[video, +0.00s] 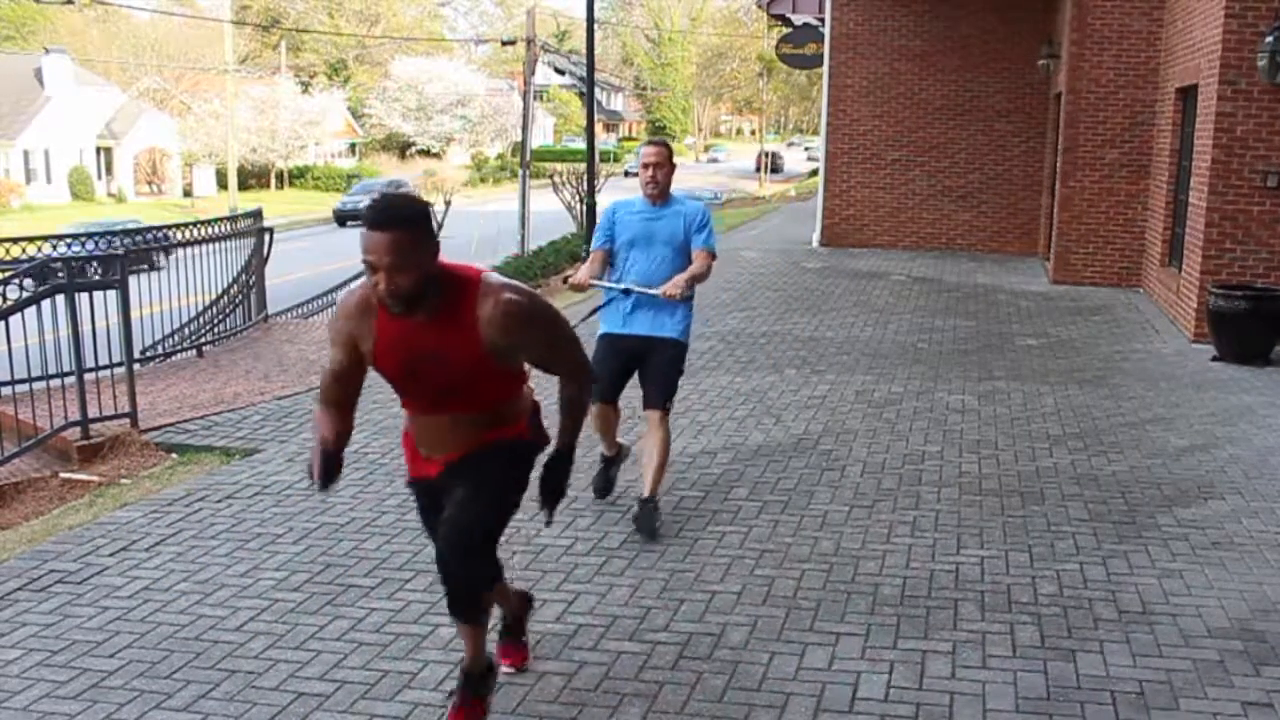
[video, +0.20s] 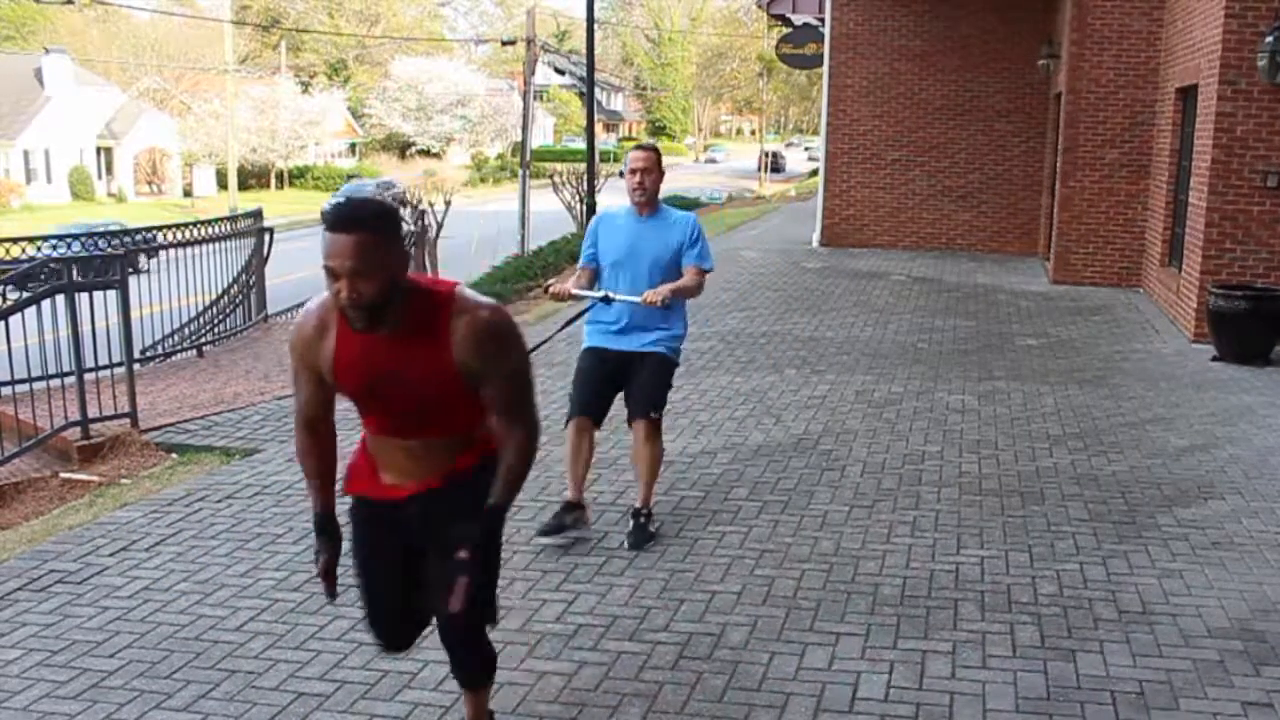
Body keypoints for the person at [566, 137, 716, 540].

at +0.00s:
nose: (652, 174)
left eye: (659, 167)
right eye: (646, 167)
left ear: (673, 170)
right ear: (637, 170)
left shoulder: (693, 213)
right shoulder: (615, 213)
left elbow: (704, 262)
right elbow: (597, 258)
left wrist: (684, 278)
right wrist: (587, 272)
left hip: (666, 328)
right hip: (618, 324)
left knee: (656, 412)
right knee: (600, 398)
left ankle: (648, 501)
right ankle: (611, 453)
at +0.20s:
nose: (639, 180)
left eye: (647, 172)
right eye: (632, 172)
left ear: (662, 176)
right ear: (623, 177)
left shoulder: (685, 225)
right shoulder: (602, 223)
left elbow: (695, 281)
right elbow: (585, 275)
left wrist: (669, 289)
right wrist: (570, 285)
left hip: (656, 340)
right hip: (603, 336)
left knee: (645, 420)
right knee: (581, 416)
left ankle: (643, 509)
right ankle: (574, 504)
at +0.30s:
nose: (625, 181)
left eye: (633, 173)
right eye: (619, 173)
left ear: (649, 176)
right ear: (610, 178)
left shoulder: (674, 225)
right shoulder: (589, 226)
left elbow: (689, 284)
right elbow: (577, 279)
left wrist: (666, 292)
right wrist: (563, 288)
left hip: (647, 348)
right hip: (593, 344)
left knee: (638, 433)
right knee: (569, 430)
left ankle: (640, 512)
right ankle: (551, 525)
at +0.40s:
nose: (604, 183)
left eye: (613, 175)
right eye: (598, 175)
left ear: (629, 179)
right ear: (588, 180)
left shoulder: (652, 228)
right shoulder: (566, 233)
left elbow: (682, 284)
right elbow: (552, 294)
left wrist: (663, 291)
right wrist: (547, 298)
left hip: (627, 356)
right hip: (573, 356)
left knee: (624, 439)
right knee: (557, 456)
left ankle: (635, 506)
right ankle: (541, 555)